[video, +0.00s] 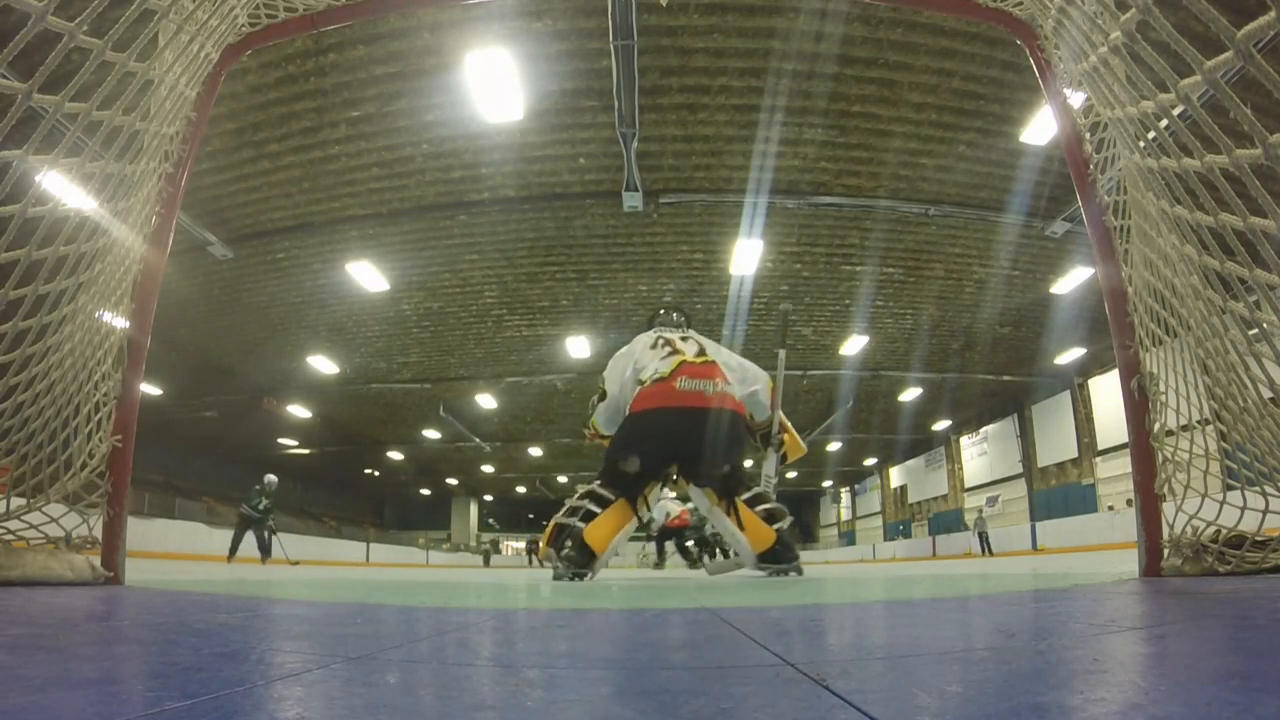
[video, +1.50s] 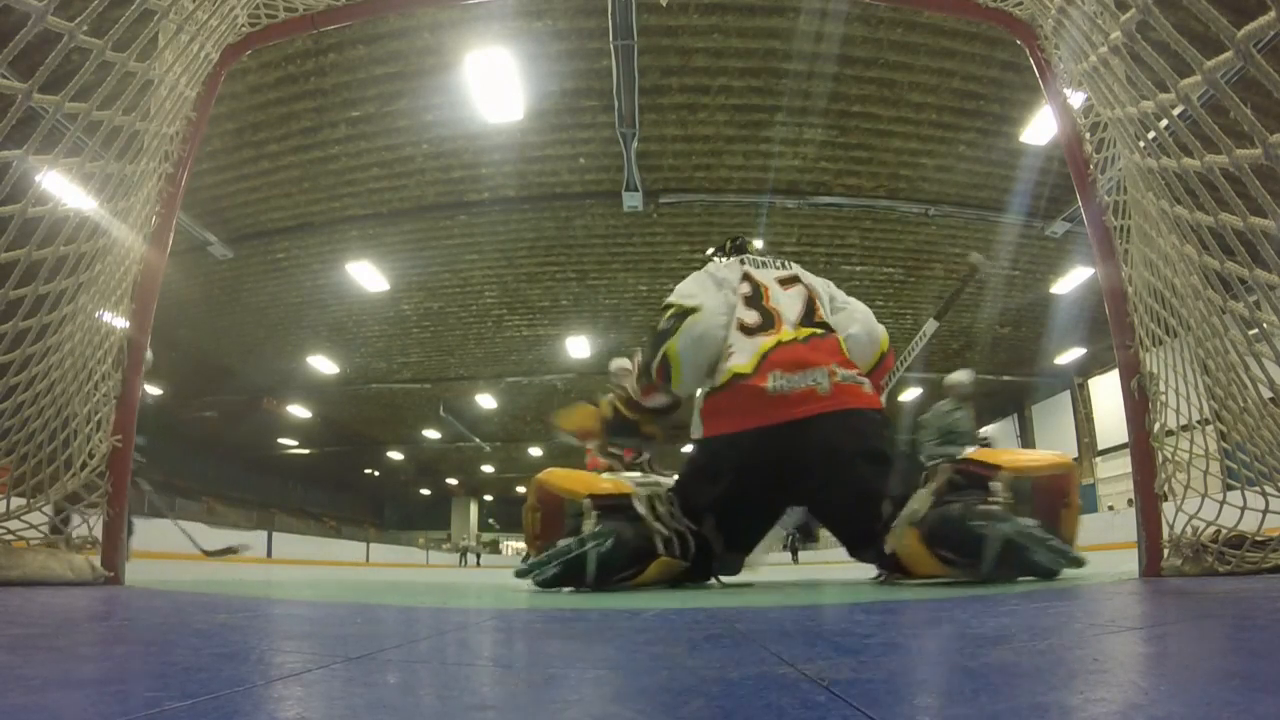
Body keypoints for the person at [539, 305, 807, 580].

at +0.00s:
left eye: (651, 332)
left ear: (651, 328)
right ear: (687, 328)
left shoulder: (637, 344)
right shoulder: (710, 345)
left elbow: (612, 395)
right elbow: (757, 381)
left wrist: (600, 430)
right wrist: (766, 427)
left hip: (656, 412)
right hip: (720, 414)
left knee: (620, 486)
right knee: (725, 489)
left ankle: (577, 551)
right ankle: (778, 552)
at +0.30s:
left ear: (647, 316)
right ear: (687, 313)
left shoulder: (629, 337)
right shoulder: (712, 327)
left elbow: (611, 391)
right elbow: (768, 365)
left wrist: (597, 432)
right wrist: (773, 418)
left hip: (649, 395)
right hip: (721, 391)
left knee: (619, 484)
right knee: (755, 473)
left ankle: (563, 551)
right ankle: (810, 547)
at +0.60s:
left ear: (649, 295)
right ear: (693, 290)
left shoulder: (624, 321)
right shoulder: (720, 305)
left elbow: (596, 402)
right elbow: (782, 341)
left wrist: (602, 439)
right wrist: (784, 404)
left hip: (637, 388)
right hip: (723, 378)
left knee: (616, 484)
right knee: (766, 468)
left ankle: (544, 554)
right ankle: (840, 548)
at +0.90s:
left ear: (654, 266)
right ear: (704, 265)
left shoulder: (630, 288)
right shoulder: (738, 281)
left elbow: (606, 357)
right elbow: (800, 311)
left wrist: (594, 401)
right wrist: (811, 383)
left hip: (650, 385)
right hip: (744, 386)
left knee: (600, 487)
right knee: (787, 496)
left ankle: (510, 543)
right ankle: (850, 546)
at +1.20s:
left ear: (716, 272)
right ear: (766, 268)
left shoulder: (694, 289)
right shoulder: (800, 282)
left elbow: (662, 337)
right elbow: (841, 337)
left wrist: (666, 404)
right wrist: (824, 402)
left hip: (710, 418)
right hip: (807, 417)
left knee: (666, 536)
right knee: (825, 535)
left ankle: (590, 553)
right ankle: (894, 539)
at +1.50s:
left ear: (718, 254)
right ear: (766, 256)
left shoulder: (708, 274)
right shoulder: (815, 282)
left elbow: (699, 326)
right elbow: (875, 341)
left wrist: (649, 399)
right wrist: (855, 403)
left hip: (742, 431)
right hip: (843, 417)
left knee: (688, 546)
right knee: (894, 544)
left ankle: (635, 555)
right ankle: (950, 535)